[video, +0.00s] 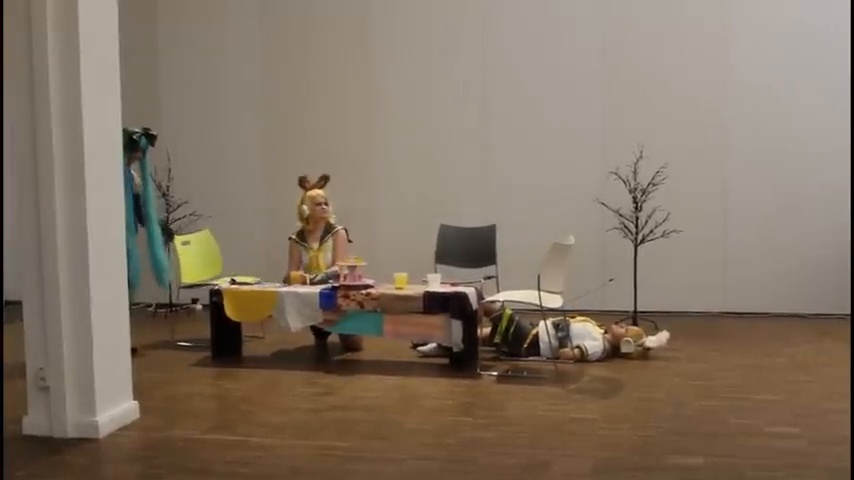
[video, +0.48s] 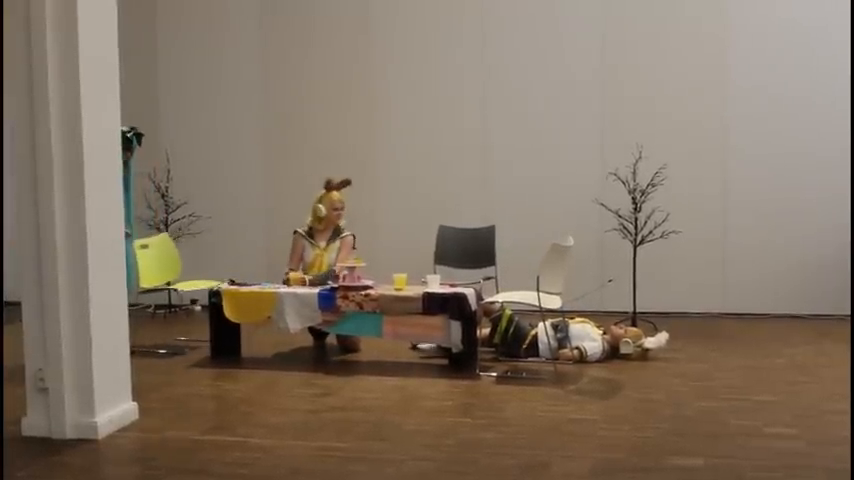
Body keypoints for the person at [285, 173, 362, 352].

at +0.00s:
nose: (324, 207)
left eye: (326, 203)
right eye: (318, 205)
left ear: (330, 207)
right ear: (307, 210)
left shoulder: (337, 232)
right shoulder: (297, 239)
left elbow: (340, 268)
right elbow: (291, 276)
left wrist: (313, 279)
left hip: (336, 290)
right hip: (309, 293)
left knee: (355, 344)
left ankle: (344, 332)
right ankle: (320, 341)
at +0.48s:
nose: (340, 214)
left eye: (342, 209)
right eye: (336, 210)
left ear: (344, 210)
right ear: (322, 211)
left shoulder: (346, 237)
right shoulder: (302, 235)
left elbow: (338, 272)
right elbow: (292, 272)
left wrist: (309, 280)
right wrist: (296, 280)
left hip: (336, 294)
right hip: (308, 295)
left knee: (352, 345)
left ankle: (343, 335)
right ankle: (319, 341)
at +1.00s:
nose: (362, 206)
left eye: (363, 202)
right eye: (357, 202)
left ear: (363, 205)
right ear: (343, 206)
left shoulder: (362, 231)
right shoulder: (325, 231)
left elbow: (387, 259)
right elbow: (302, 259)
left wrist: (395, 244)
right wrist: (295, 275)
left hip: (354, 295)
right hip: (324, 294)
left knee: (355, 346)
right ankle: (319, 334)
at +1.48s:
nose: (374, 209)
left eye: (376, 205)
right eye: (370, 203)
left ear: (377, 209)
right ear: (356, 204)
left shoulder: (369, 238)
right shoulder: (332, 228)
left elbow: (365, 269)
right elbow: (305, 248)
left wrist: (385, 275)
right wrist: (296, 273)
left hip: (352, 290)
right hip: (322, 287)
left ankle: (322, 329)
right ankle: (318, 333)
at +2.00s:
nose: (348, 212)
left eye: (351, 209)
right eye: (344, 208)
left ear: (353, 213)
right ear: (331, 210)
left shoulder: (349, 240)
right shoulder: (319, 235)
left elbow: (359, 272)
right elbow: (341, 258)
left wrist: (378, 253)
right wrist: (367, 245)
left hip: (341, 299)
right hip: (313, 299)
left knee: (352, 344)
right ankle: (316, 331)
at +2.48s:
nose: (314, 210)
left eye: (319, 205)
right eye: (310, 206)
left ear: (330, 206)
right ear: (307, 208)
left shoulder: (343, 233)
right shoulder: (302, 236)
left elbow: (350, 267)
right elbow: (298, 270)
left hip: (339, 288)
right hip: (311, 291)